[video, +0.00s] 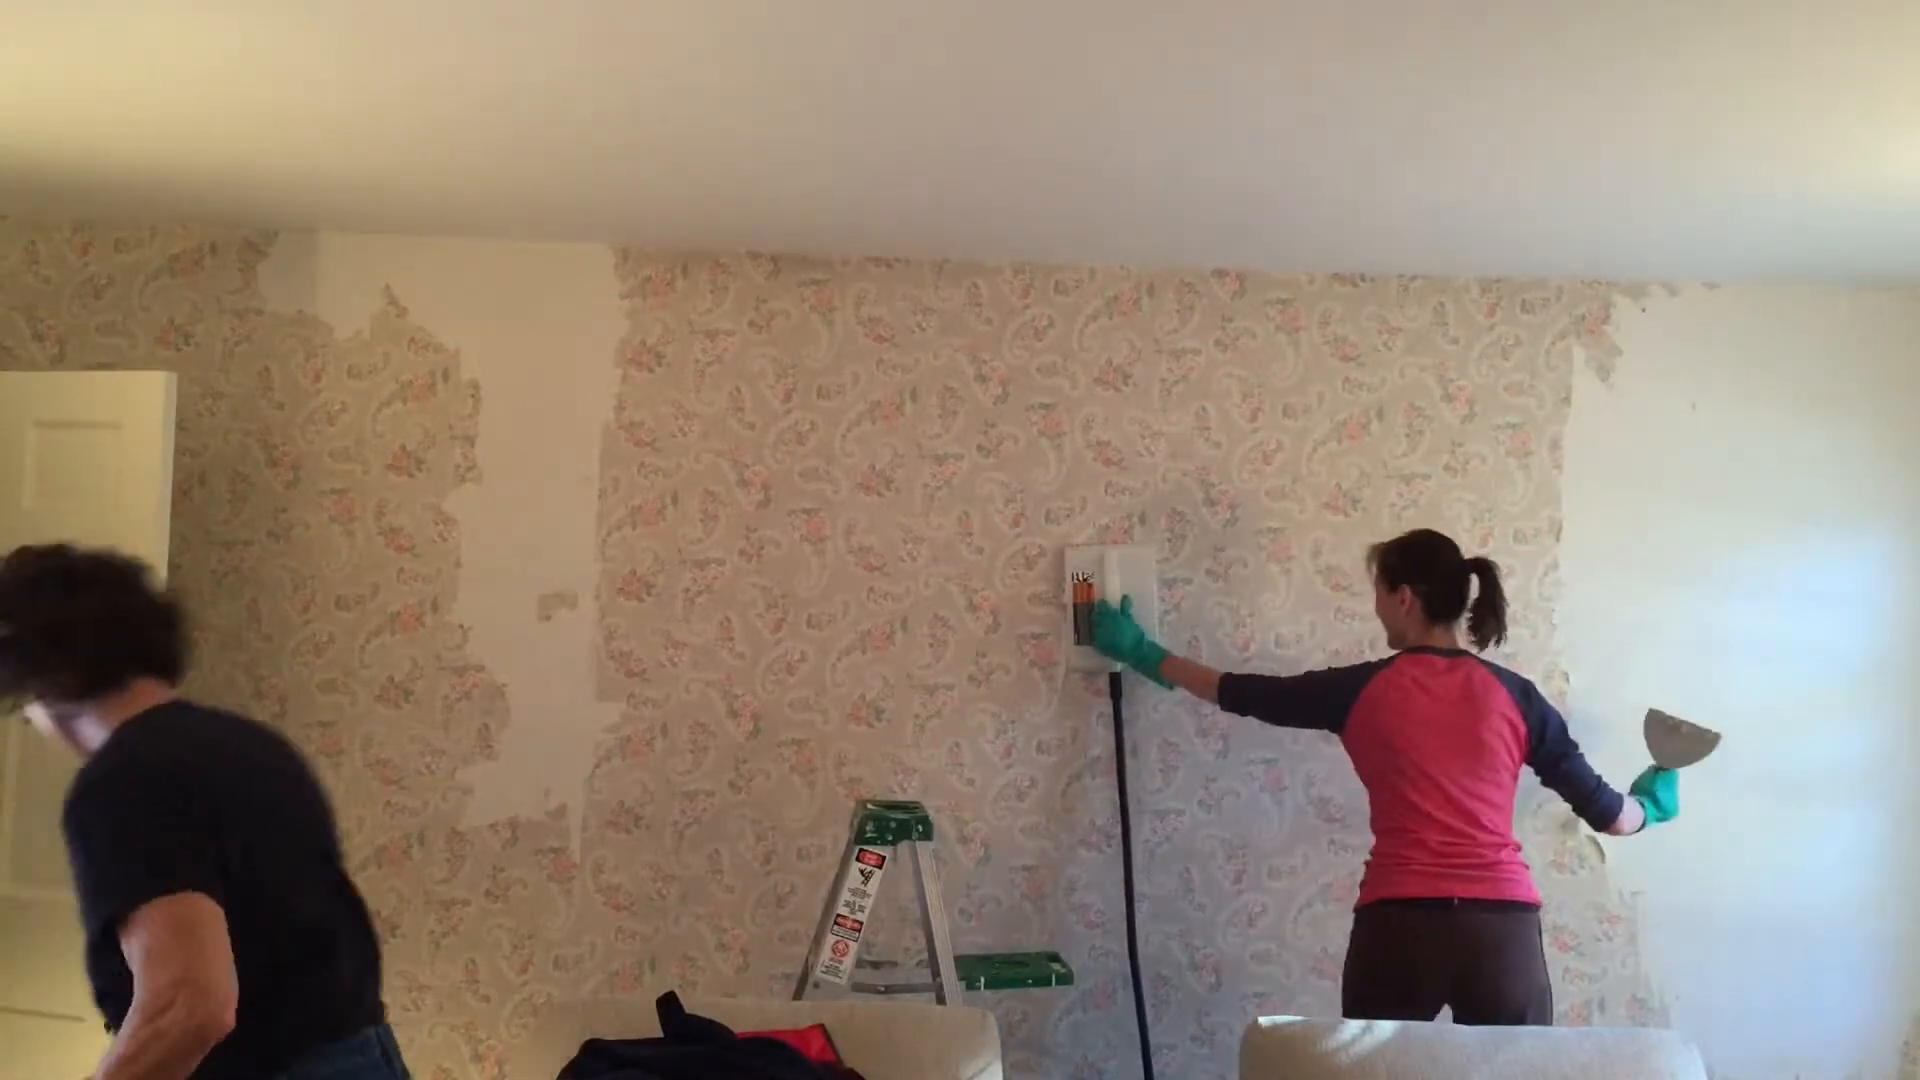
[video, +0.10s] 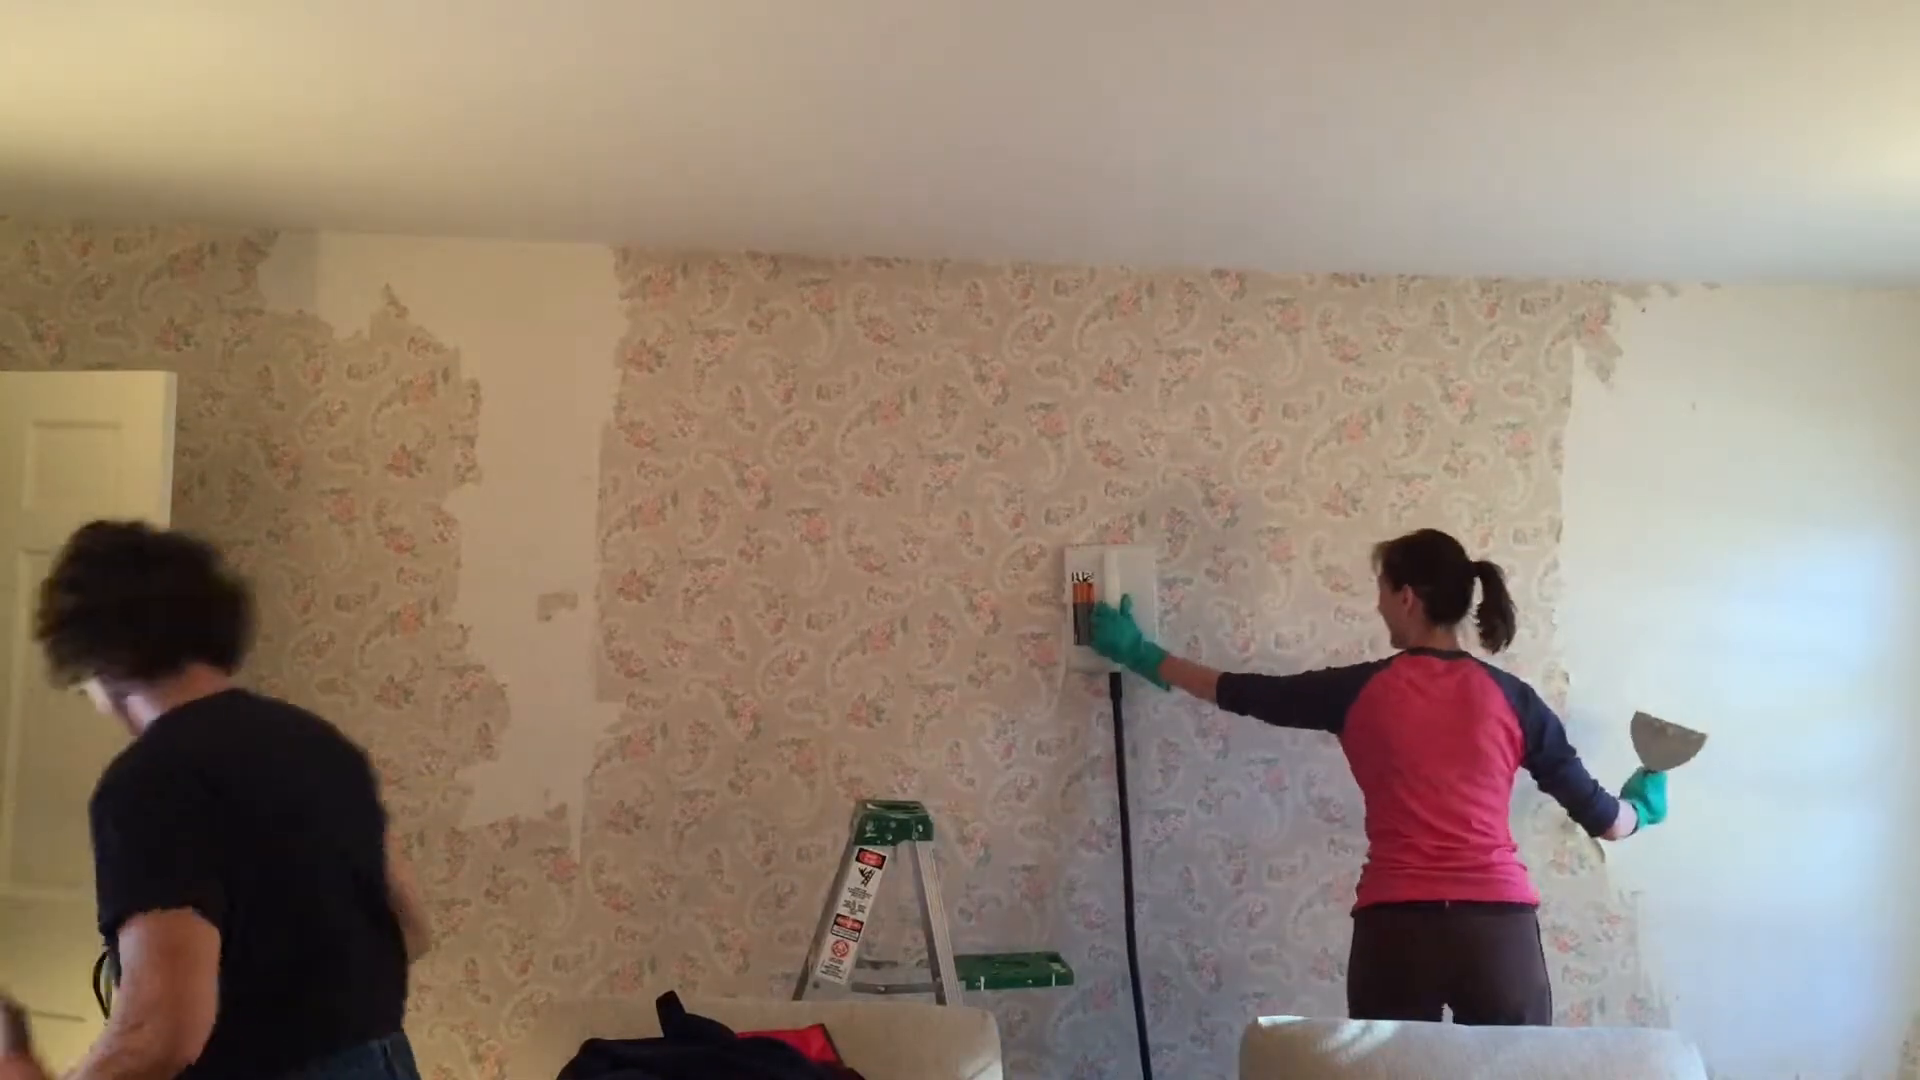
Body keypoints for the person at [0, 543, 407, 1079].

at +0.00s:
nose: (34, 718)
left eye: (27, 694)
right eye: (24, 696)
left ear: (43, 687)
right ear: (151, 637)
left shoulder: (123, 780)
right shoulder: (256, 742)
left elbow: (188, 1002)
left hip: (267, 1065)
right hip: (363, 1048)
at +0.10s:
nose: (97, 700)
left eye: (87, 673)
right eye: (84, 678)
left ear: (106, 665)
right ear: (215, 627)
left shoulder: (150, 780)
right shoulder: (324, 743)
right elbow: (409, 929)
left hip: (246, 1067)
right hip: (378, 1055)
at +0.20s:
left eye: (126, 636)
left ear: (141, 638)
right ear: (264, 609)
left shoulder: (160, 778)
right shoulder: (365, 744)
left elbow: (127, 1041)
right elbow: (433, 934)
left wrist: (63, 1062)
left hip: (232, 1063)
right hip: (384, 1057)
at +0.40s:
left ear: (161, 616)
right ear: (296, 604)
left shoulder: (124, 777)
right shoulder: (380, 741)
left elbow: (86, 1040)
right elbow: (441, 948)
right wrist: (342, 986)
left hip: (213, 1066)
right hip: (380, 1059)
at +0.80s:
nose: (312, 625)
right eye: (309, 610)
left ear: (173, 617)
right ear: (294, 621)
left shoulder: (108, 762)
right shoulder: (349, 742)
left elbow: (41, 981)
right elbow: (421, 931)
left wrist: (136, 998)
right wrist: (337, 979)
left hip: (183, 1058)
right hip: (346, 1049)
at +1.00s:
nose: (338, 612)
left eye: (340, 594)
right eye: (335, 594)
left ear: (207, 603)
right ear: (301, 603)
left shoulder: (122, 740)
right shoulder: (356, 725)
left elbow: (52, 934)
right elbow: (421, 918)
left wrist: (149, 938)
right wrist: (408, 955)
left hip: (167, 1037)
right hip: (326, 1037)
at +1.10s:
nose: (354, 606)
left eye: (355, 590)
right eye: (348, 590)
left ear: (227, 598)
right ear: (312, 601)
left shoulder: (141, 728)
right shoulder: (352, 721)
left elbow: (72, 910)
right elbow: (405, 917)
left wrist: (155, 915)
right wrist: (452, 921)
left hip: (167, 1030)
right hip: (317, 1032)